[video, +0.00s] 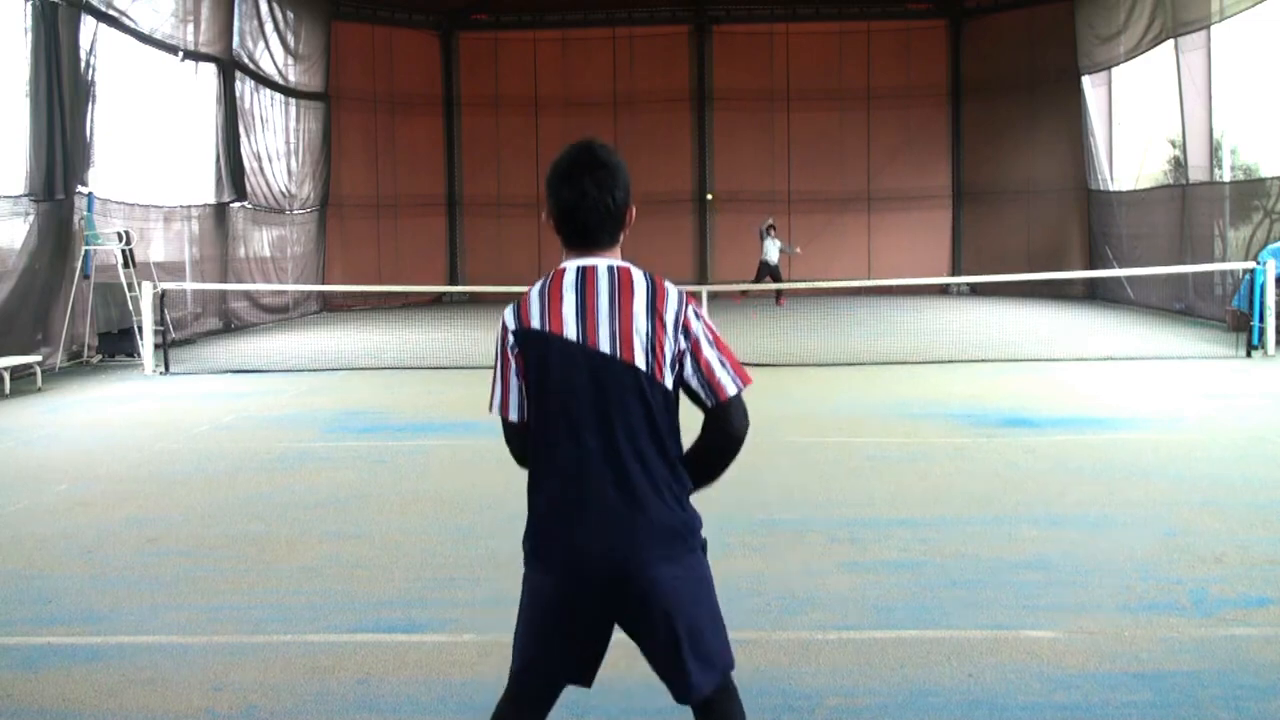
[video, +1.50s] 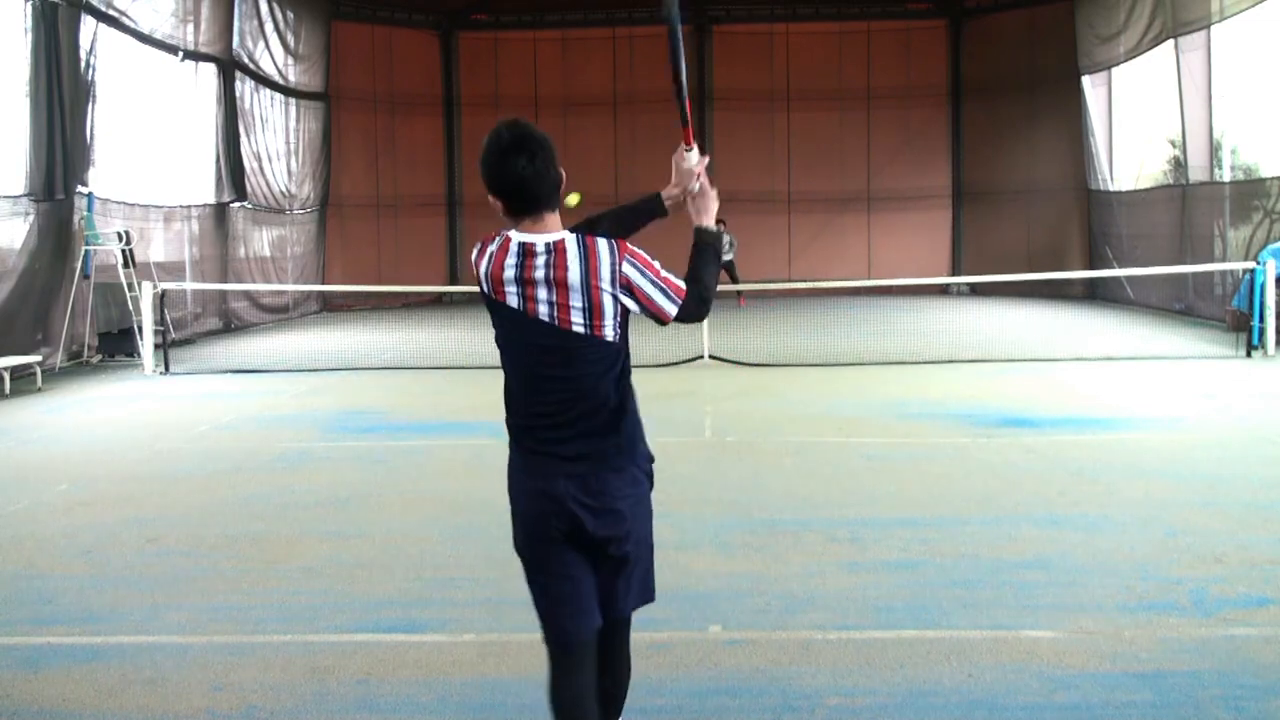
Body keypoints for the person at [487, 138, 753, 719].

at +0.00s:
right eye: (631, 204)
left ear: (551, 222)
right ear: (629, 216)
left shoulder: (521, 316)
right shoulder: (670, 304)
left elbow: (519, 440)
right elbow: (732, 422)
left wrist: (574, 479)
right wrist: (672, 480)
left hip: (562, 541)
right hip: (655, 538)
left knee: (525, 697)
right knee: (714, 693)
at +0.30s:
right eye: (601, 200)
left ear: (521, 221)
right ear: (601, 211)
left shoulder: (525, 316)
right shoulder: (667, 289)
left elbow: (549, 451)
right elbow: (716, 410)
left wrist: (610, 485)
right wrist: (663, 459)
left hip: (609, 545)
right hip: (693, 537)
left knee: (542, 704)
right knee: (641, 697)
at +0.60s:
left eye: (506, 215)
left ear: (515, 226)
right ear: (597, 210)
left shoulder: (565, 302)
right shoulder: (629, 283)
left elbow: (571, 437)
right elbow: (639, 434)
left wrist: (534, 500)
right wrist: (569, 519)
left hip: (661, 539)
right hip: (708, 525)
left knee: (613, 706)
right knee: (642, 699)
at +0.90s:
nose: (517, 247)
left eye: (514, 235)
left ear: (521, 243)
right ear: (593, 222)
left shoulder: (599, 287)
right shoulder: (577, 310)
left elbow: (605, 419)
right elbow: (549, 416)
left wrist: (497, 432)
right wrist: (493, 469)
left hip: (705, 529)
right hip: (675, 528)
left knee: (675, 703)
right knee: (618, 636)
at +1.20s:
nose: (503, 262)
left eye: (502, 250)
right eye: (501, 250)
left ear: (517, 254)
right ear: (568, 239)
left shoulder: (578, 306)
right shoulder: (564, 312)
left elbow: (580, 428)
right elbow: (527, 412)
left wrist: (530, 520)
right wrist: (494, 498)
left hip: (627, 529)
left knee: (607, 691)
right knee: (576, 657)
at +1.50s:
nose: (565, 176)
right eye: (564, 169)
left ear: (493, 198)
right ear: (563, 182)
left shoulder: (491, 264)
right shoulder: (606, 259)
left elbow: (574, 234)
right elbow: (693, 303)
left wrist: (665, 199)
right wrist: (706, 226)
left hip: (537, 479)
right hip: (615, 476)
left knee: (570, 644)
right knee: (613, 632)